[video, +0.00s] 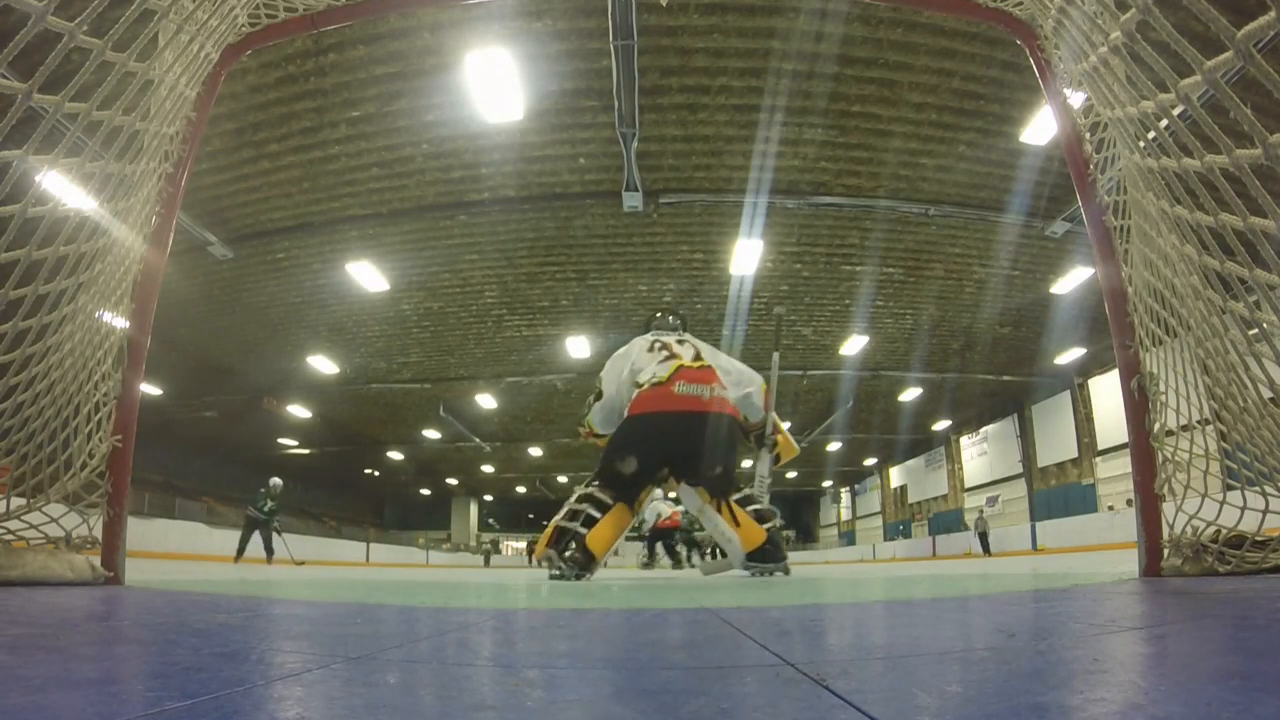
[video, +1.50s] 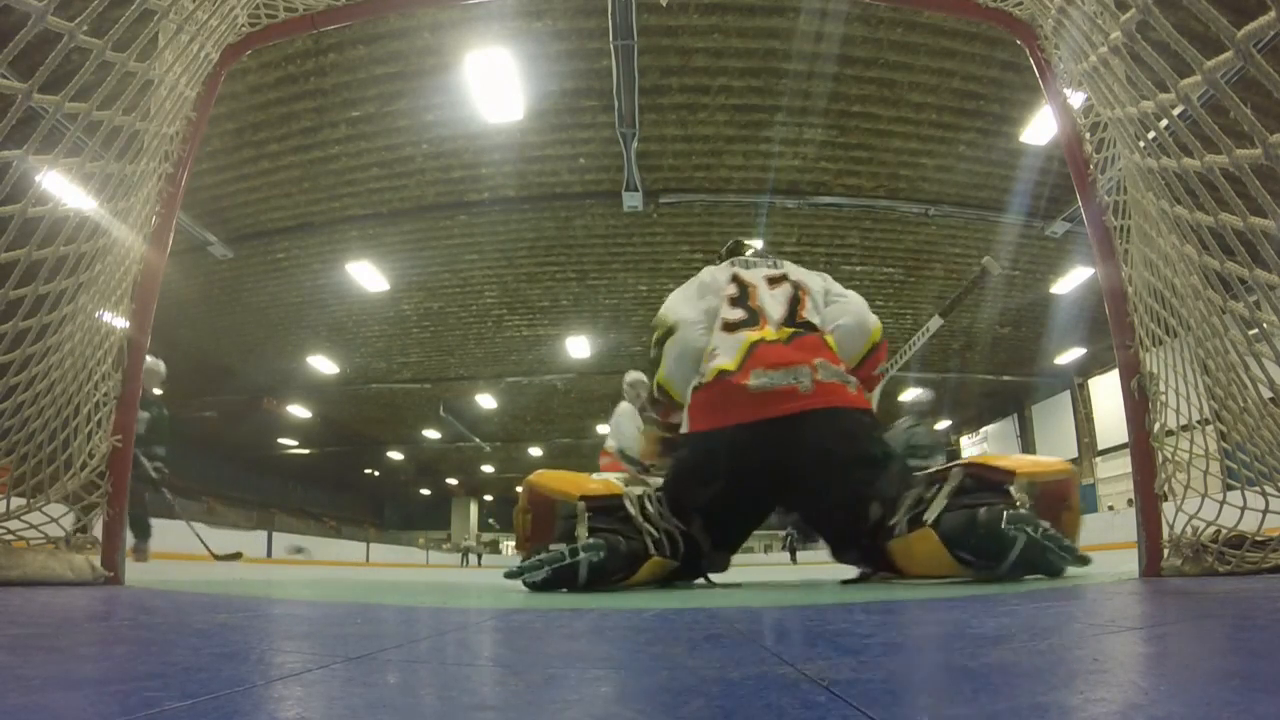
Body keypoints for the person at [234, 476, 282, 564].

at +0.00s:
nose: (275, 491)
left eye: (278, 489)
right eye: (274, 488)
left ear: (280, 489)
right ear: (270, 487)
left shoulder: (277, 501)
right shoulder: (261, 494)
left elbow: (274, 515)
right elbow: (253, 509)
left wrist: (276, 525)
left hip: (265, 522)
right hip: (252, 519)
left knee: (267, 541)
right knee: (244, 538)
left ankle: (269, 557)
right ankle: (238, 556)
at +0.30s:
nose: (263, 482)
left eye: (265, 479)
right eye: (262, 479)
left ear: (264, 479)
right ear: (256, 477)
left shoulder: (259, 491)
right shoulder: (244, 484)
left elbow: (258, 508)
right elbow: (243, 499)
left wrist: (261, 521)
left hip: (246, 514)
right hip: (232, 511)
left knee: (249, 534)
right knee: (224, 532)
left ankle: (253, 555)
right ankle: (217, 554)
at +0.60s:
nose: (249, 470)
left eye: (250, 467)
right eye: (248, 466)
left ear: (249, 466)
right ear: (242, 464)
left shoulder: (243, 481)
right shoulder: (228, 470)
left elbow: (243, 499)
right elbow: (226, 487)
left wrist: (246, 514)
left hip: (228, 506)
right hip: (213, 502)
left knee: (232, 530)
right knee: (205, 528)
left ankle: (237, 553)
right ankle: (198, 552)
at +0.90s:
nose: (231, 452)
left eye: (232, 448)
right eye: (230, 448)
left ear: (227, 448)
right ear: (222, 446)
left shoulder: (224, 466)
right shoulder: (204, 454)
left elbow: (224, 487)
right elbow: (201, 474)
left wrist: (227, 505)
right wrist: (216, 489)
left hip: (205, 496)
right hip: (187, 491)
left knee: (210, 523)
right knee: (177, 520)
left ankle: (216, 550)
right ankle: (168, 549)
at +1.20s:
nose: (200, 424)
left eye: (202, 421)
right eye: (198, 420)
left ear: (199, 421)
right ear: (188, 418)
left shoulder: (196, 443)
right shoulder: (169, 431)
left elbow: (196, 469)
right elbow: (158, 455)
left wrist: (198, 488)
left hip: (175, 480)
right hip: (153, 476)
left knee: (180, 513)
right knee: (138, 509)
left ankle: (187, 545)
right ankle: (126, 543)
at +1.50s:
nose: (144, 380)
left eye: (148, 376)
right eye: (145, 375)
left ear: (154, 380)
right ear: (139, 377)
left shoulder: (157, 411)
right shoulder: (122, 401)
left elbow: (159, 441)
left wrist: (157, 461)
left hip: (139, 459)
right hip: (114, 455)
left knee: (135, 497)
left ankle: (142, 538)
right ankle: (80, 532)